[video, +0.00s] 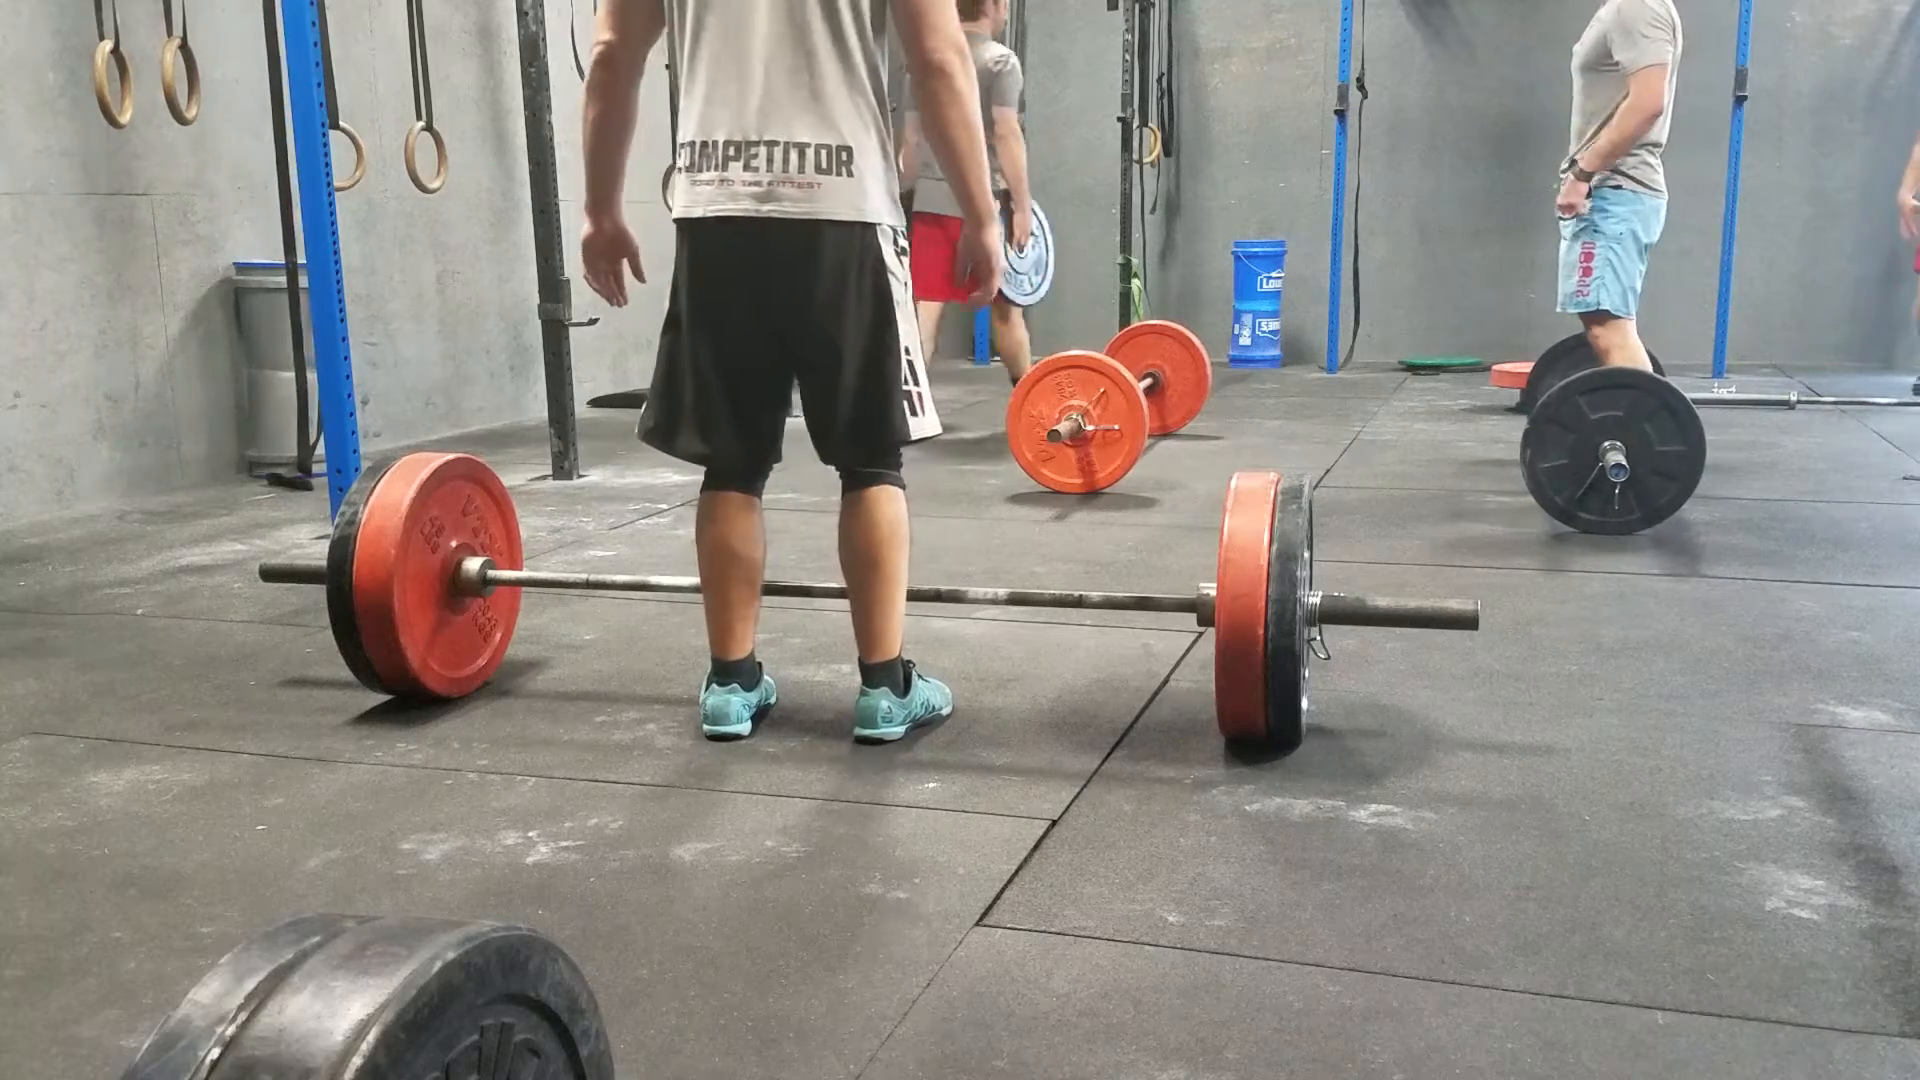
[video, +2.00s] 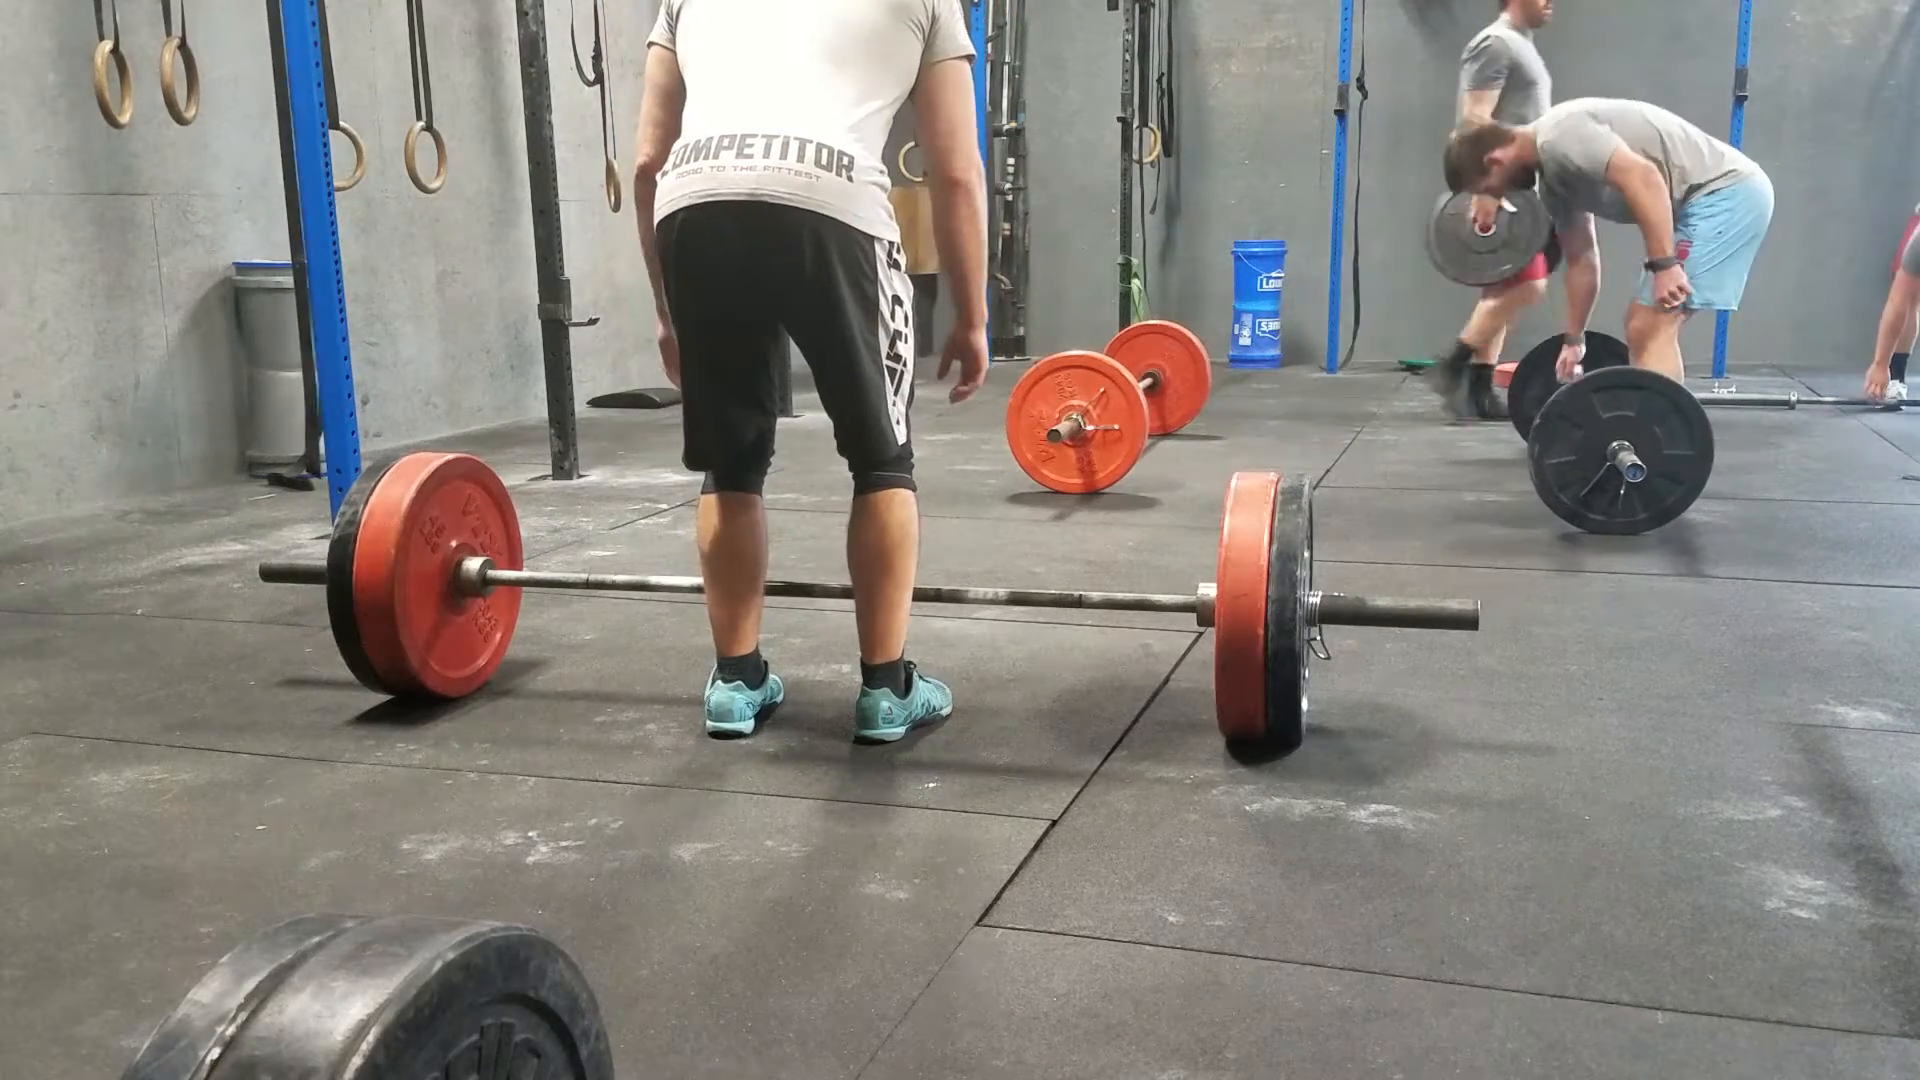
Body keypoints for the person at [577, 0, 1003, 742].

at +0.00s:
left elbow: (614, 55)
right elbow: (938, 60)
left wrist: (602, 213)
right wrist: (981, 216)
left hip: (716, 216)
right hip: (843, 216)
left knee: (732, 461)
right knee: (870, 461)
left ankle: (729, 682)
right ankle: (884, 685)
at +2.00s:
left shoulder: (690, 6)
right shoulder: (924, 6)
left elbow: (649, 161)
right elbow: (956, 170)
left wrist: (668, 311)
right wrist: (970, 319)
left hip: (697, 209)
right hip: (832, 209)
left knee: (728, 465)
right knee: (881, 464)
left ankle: (734, 679)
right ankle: (884, 686)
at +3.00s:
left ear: (832, 30)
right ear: (908, 56)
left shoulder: (721, 58)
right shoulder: (922, 83)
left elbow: (635, 251)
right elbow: (943, 269)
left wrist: (633, 411)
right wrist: (971, 437)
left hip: (681, 239)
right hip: (817, 240)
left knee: (723, 471)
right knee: (880, 467)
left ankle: (733, 681)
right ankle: (885, 688)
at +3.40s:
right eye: (910, 142)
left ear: (829, 114)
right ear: (907, 135)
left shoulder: (744, 134)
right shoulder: (928, 174)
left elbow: (649, 365)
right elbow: (947, 369)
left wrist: (654, 507)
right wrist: (992, 523)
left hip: (672, 258)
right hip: (812, 270)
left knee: (723, 477)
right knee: (880, 477)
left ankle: (730, 681)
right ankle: (883, 687)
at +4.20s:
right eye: (918, 73)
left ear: (822, 56)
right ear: (908, 66)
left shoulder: (748, 90)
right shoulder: (931, 117)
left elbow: (671, 296)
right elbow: (959, 295)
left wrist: (657, 442)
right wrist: (994, 453)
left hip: (678, 219)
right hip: (808, 224)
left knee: (735, 467)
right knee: (883, 467)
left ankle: (733, 680)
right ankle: (886, 688)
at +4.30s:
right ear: (906, 13)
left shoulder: (729, 26)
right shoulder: (926, 42)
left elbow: (668, 214)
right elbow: (958, 223)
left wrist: (647, 367)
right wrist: (990, 382)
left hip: (686, 197)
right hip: (808, 198)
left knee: (728, 463)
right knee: (878, 456)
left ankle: (732, 680)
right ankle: (886, 686)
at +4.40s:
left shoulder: (689, 8)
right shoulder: (923, 6)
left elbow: (650, 148)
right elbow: (949, 137)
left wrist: (639, 293)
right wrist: (986, 300)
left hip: (699, 183)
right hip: (819, 184)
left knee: (728, 455)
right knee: (875, 454)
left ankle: (732, 680)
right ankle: (886, 684)